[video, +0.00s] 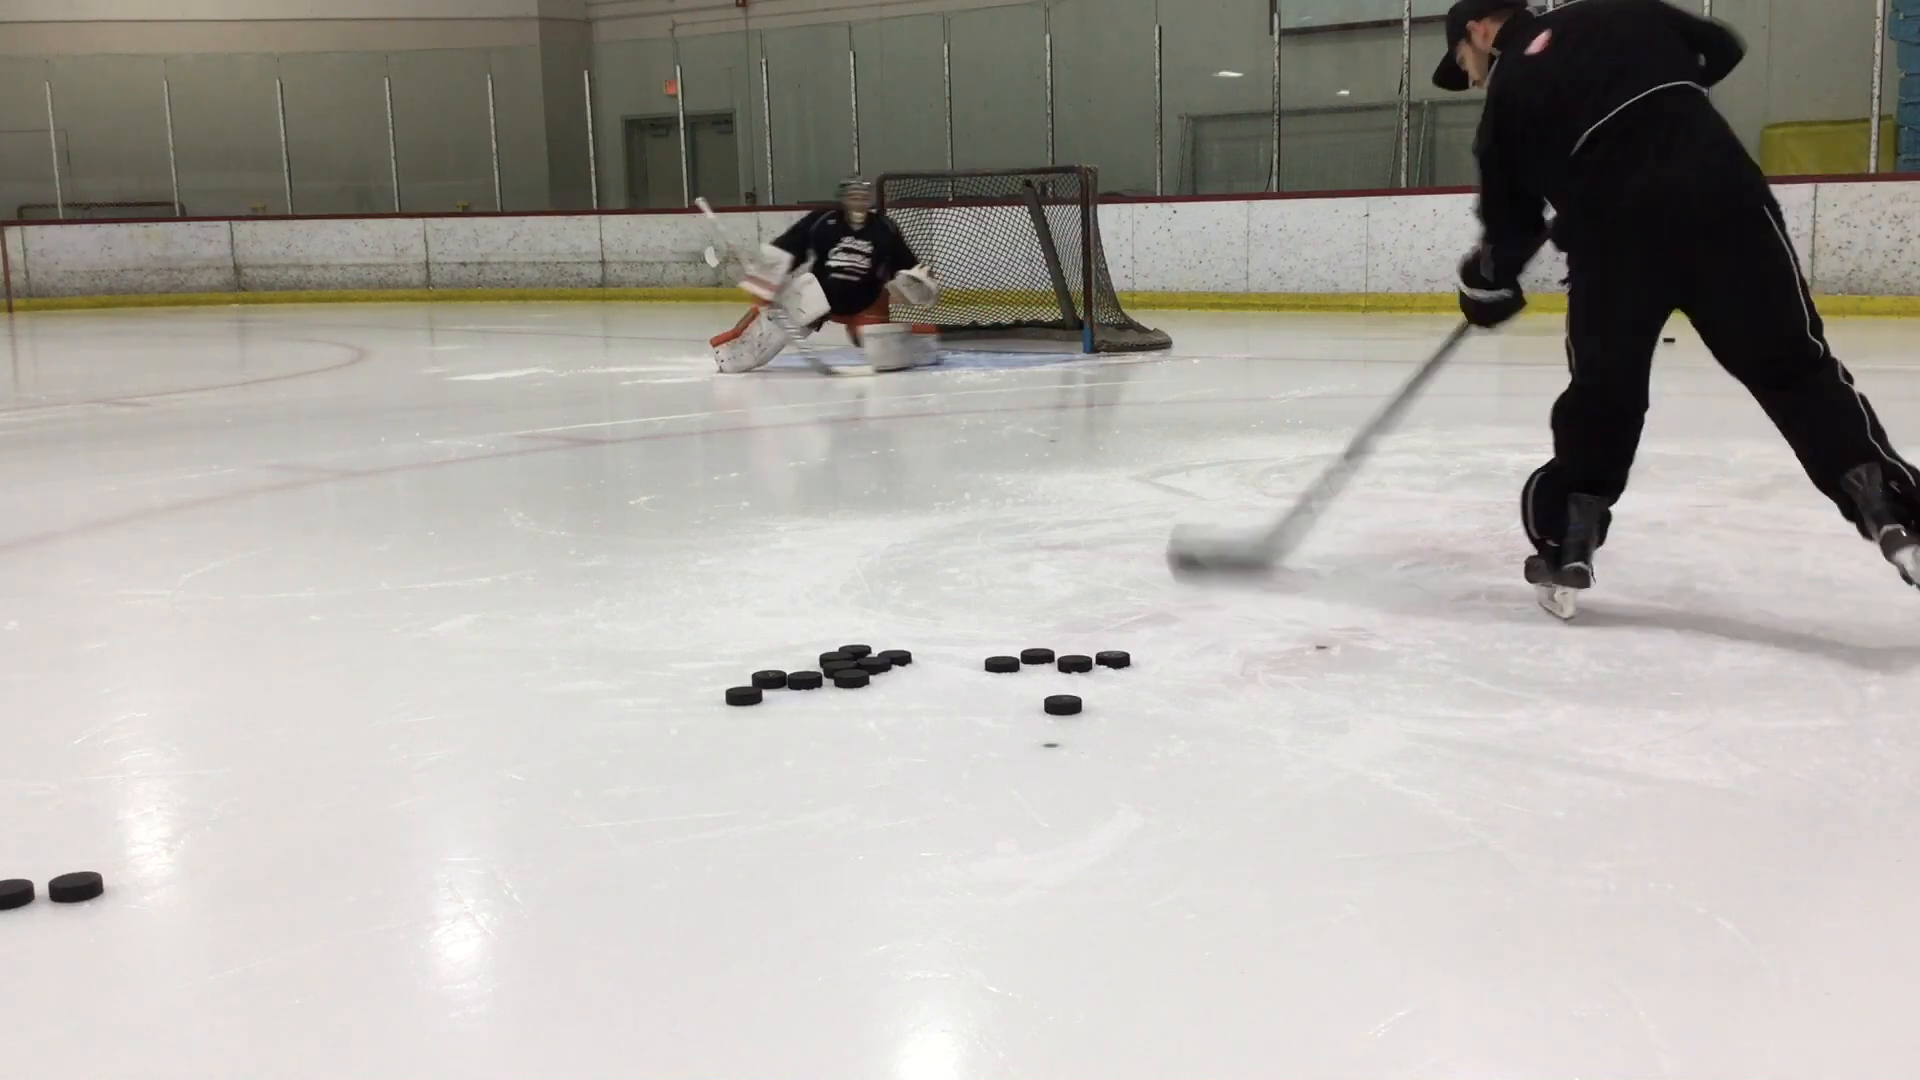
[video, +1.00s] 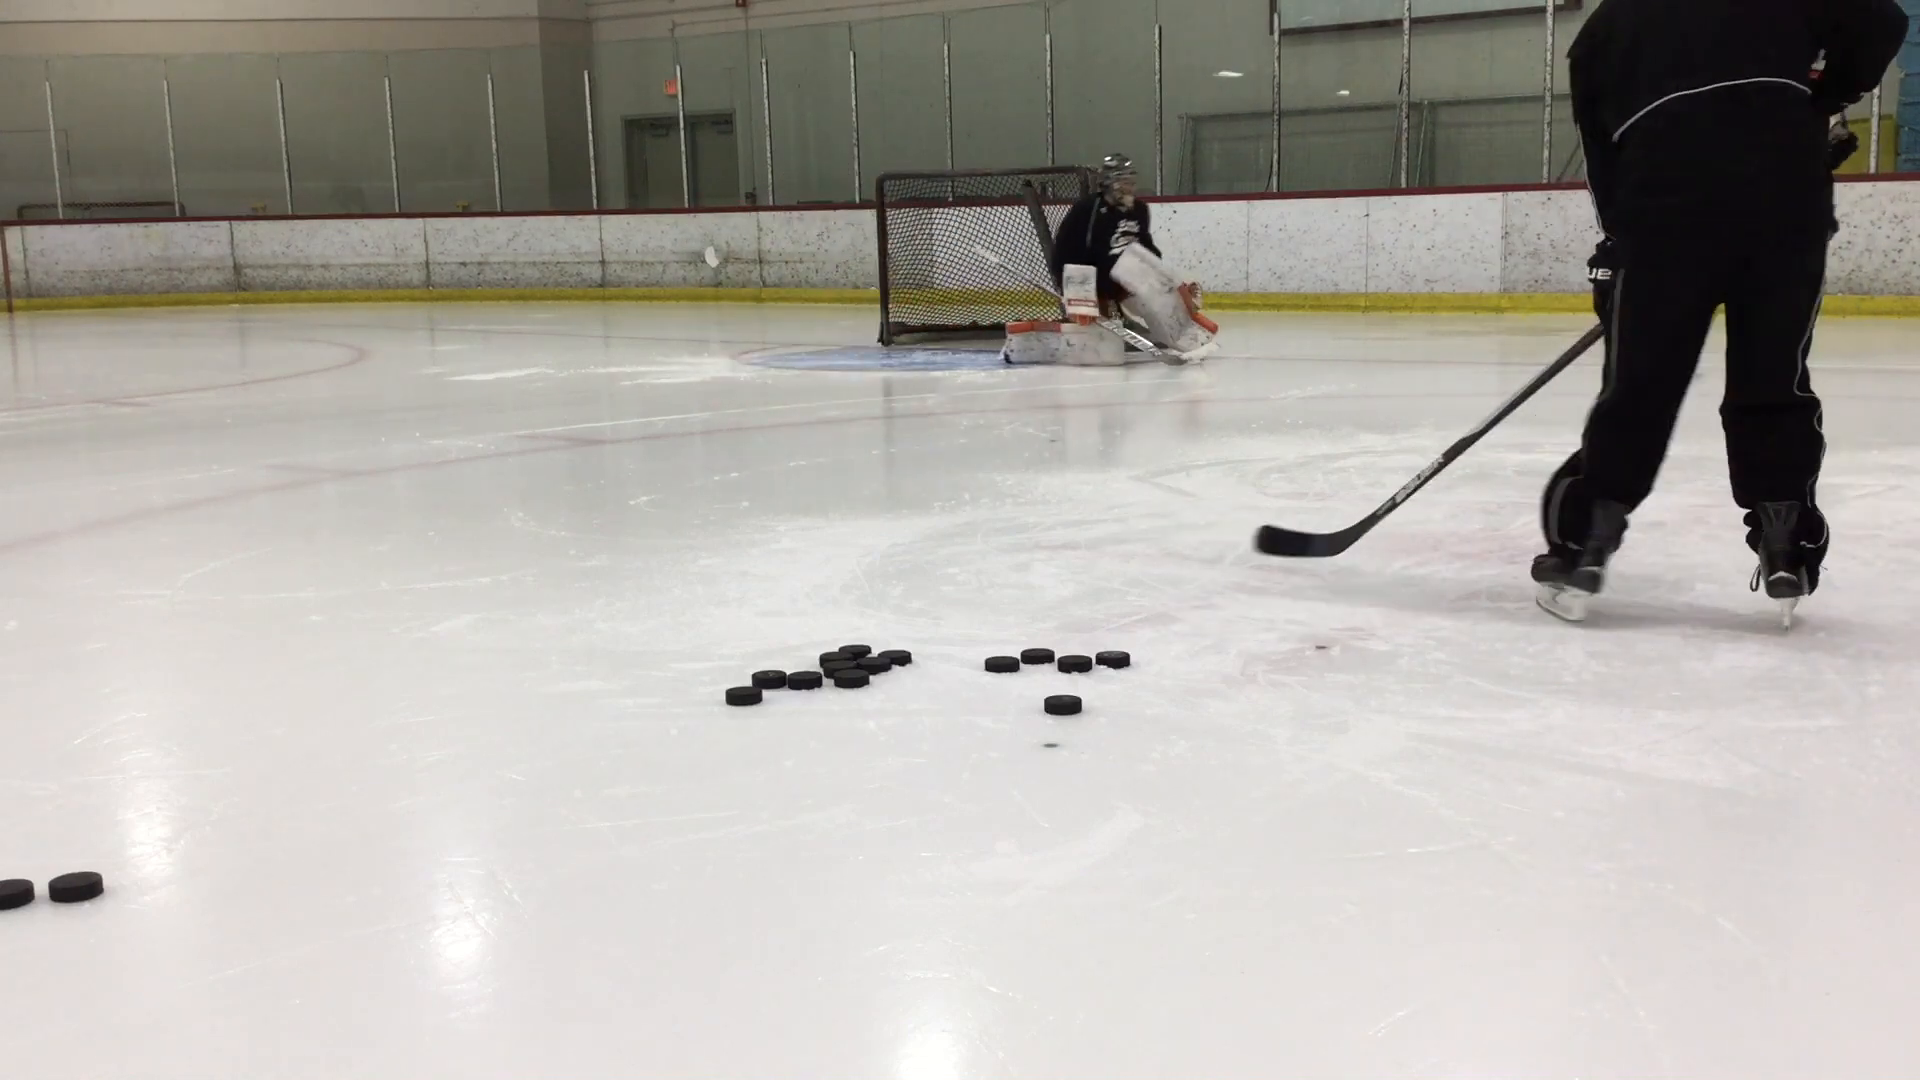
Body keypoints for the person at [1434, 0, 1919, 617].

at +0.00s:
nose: (1472, 76)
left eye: (1466, 62)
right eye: (1464, 68)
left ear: (1481, 29)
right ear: (1522, 13)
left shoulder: (1504, 100)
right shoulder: (1626, 10)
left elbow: (1516, 225)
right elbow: (1723, 44)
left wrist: (1490, 278)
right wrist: (1651, 90)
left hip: (1616, 238)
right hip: (1723, 203)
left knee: (1604, 388)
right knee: (1793, 363)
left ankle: (1572, 537)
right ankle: (1882, 499)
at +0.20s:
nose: (1475, 50)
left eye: (1475, 38)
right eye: (1472, 40)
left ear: (1491, 29)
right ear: (1542, 13)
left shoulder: (1497, 93)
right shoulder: (1618, 9)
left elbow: (1492, 153)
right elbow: (1728, 25)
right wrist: (1695, 97)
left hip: (1592, 232)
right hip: (1702, 206)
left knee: (1590, 393)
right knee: (1754, 367)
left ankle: (1558, 531)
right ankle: (1817, 519)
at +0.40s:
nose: (1520, 12)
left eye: (1522, 9)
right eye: (1522, 8)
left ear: (1536, 10)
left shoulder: (1523, 73)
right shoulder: (1656, 4)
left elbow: (1524, 136)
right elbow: (1757, 21)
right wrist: (1726, 91)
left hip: (1580, 228)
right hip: (1687, 210)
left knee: (1588, 386)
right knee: (1720, 387)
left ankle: (1536, 552)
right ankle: (1756, 557)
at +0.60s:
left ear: (1583, 4)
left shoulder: (1551, 52)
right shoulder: (1703, 3)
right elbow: (1795, 25)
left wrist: (1753, 151)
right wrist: (1772, 94)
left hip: (1589, 227)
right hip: (1694, 212)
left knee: (1598, 378)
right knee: (1731, 387)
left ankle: (1539, 545)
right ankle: (1758, 555)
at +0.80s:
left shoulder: (1570, 46)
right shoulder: (1738, 5)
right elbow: (1846, 18)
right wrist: (1819, 92)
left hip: (1622, 228)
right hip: (1734, 215)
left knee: (1606, 381)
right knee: (1750, 391)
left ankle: (1543, 545)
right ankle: (1769, 559)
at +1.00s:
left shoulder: (1602, 28)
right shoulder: (1791, 5)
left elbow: (1603, 150)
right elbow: (1883, 21)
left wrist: (1617, 239)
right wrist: (1828, 95)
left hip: (1668, 207)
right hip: (1786, 198)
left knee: (1639, 387)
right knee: (1773, 384)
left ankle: (1586, 543)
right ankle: (1785, 546)